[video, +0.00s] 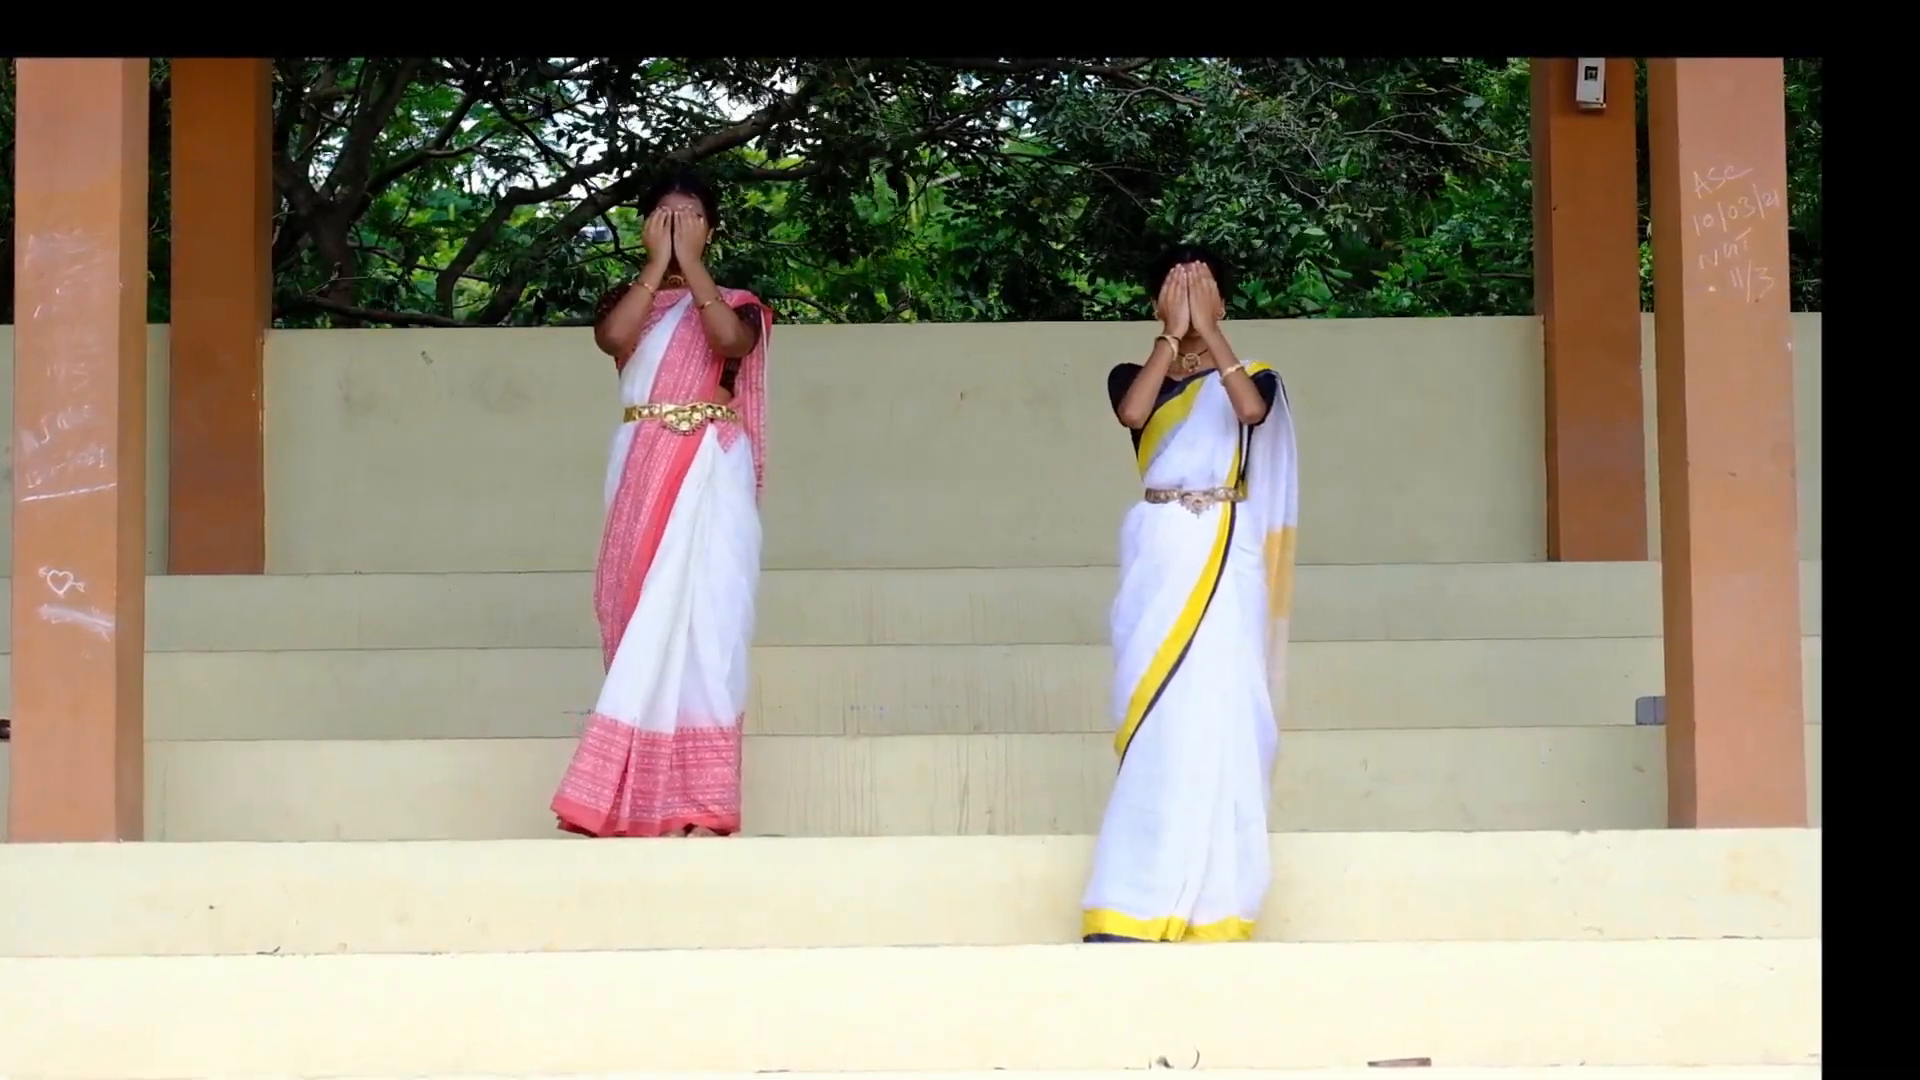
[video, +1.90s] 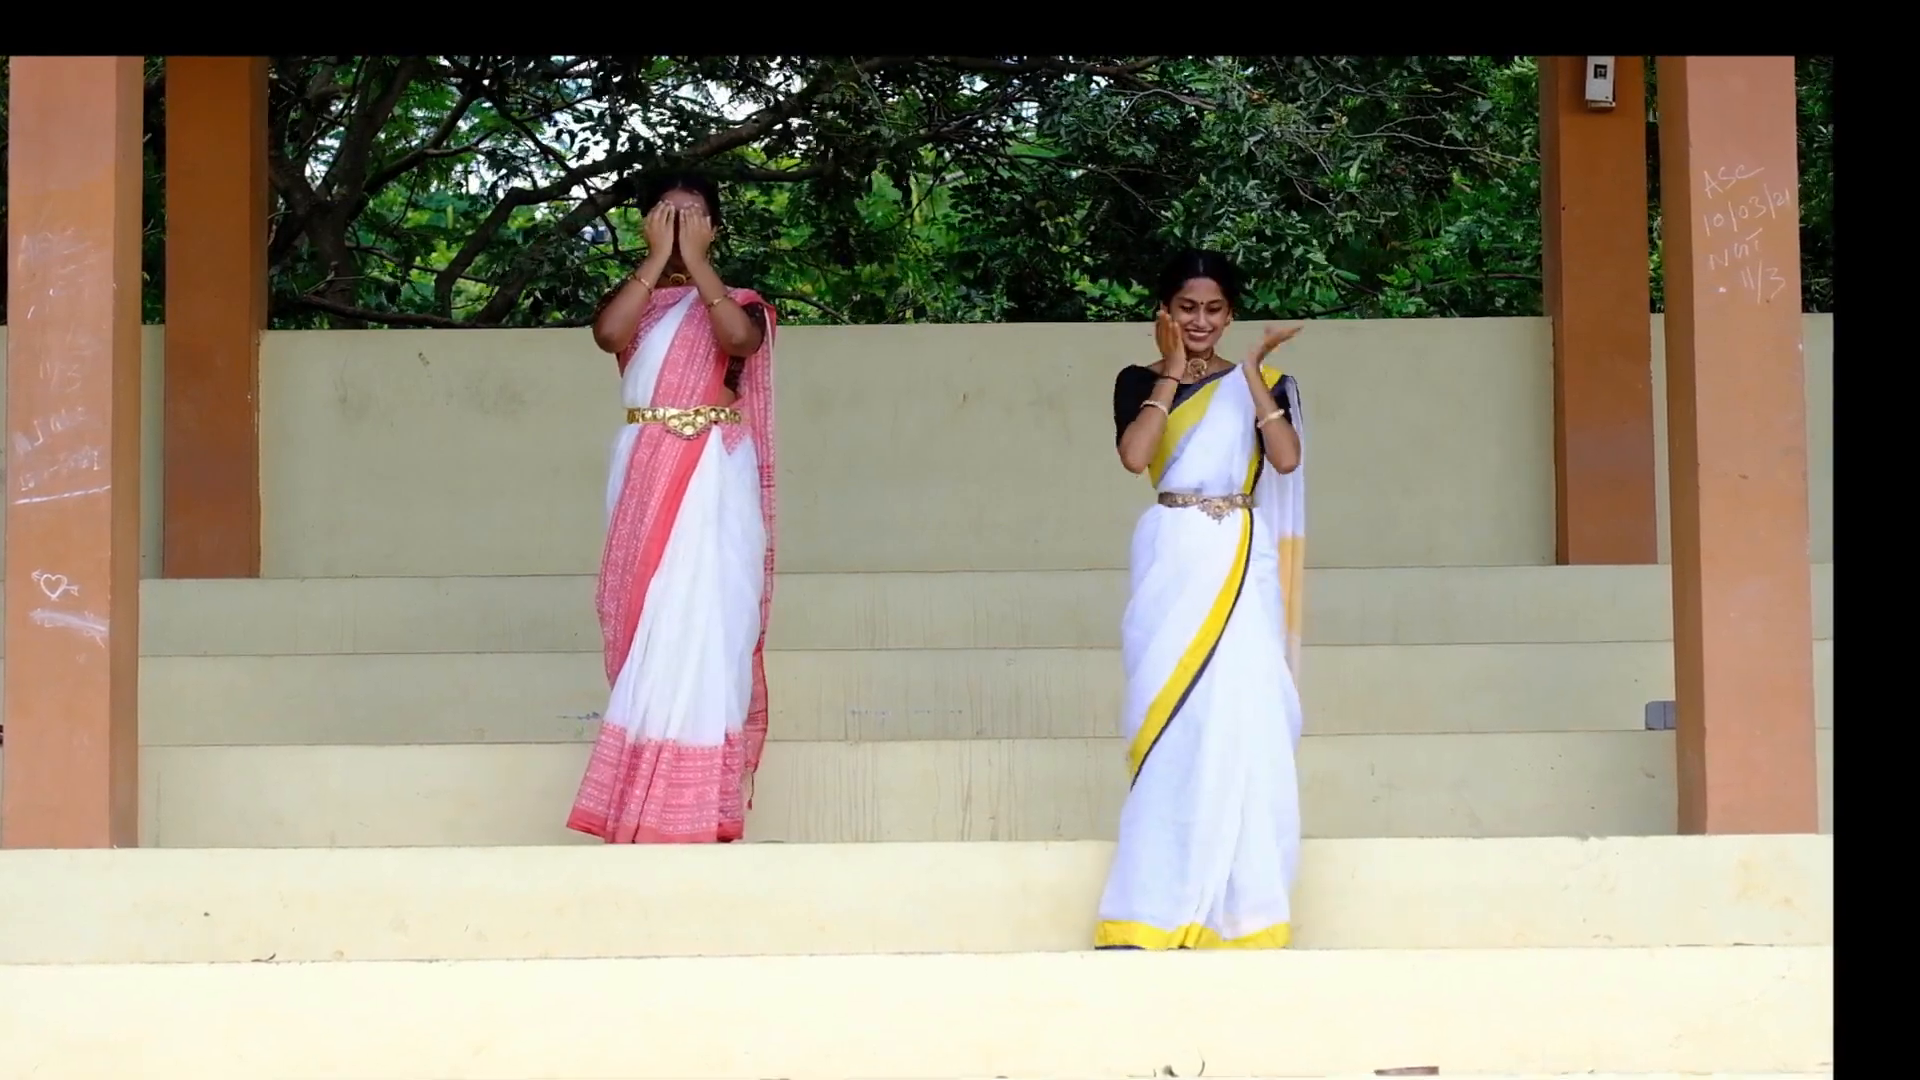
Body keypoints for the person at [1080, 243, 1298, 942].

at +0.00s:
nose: (1188, 318)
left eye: (1201, 306)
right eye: (1177, 306)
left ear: (1223, 310)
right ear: (1159, 312)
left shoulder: (1254, 378)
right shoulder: (1138, 379)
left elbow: (1248, 408)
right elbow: (1131, 409)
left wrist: (1211, 328)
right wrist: (1170, 335)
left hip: (1223, 564)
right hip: (1154, 561)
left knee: (1214, 718)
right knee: (1151, 717)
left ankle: (1211, 900)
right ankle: (1140, 899)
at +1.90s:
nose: (1202, 320)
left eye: (1215, 309)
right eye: (1189, 308)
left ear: (1230, 315)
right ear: (1165, 313)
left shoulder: (1262, 382)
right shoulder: (1141, 382)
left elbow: (1286, 458)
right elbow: (1136, 457)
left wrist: (1253, 366)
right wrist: (1173, 373)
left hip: (1240, 558)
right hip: (1172, 555)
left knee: (1239, 720)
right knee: (1169, 718)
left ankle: (1238, 905)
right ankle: (1163, 906)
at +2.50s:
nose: (1247, 319)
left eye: (1255, 308)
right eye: (1236, 305)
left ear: (1258, 318)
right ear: (1198, 309)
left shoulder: (1277, 398)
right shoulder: (1160, 395)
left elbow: (1304, 476)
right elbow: (1077, 480)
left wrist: (1230, 445)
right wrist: (989, 537)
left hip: (1273, 556)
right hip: (1205, 556)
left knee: (1391, 633)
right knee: (1264, 699)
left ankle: (1501, 744)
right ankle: (1233, 885)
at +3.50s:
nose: (1195, 318)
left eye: (1207, 304)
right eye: (1188, 306)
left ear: (1246, 307)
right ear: (1189, 314)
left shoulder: (1306, 389)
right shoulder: (1183, 409)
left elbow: (1385, 466)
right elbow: (1148, 516)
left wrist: (1383, 505)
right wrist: (1115, 545)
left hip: (1271, 570)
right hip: (1193, 569)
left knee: (1224, 710)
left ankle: (1222, 902)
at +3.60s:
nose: (1188, 325)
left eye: (1200, 311)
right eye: (1181, 313)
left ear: (1240, 313)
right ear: (1183, 320)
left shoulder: (1303, 392)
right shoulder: (1182, 417)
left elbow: (1391, 464)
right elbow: (1132, 525)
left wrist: (1330, 491)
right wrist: (1069, 555)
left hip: (1276, 577)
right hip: (1199, 577)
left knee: (1238, 726)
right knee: (1064, 616)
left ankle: (1228, 907)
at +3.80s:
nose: (1169, 340)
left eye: (1180, 326)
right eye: (1166, 328)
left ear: (1222, 327)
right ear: (1181, 334)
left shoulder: (1291, 396)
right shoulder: (1176, 433)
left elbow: (1391, 453)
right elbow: (1101, 529)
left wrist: (1310, 477)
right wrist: (1006, 558)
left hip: (1285, 591)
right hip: (1211, 592)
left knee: (1260, 738)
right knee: (1201, 734)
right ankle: (1210, 904)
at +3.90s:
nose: (1162, 350)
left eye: (1172, 336)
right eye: (1159, 338)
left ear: (1214, 336)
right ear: (1177, 342)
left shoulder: (1287, 400)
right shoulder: (1174, 440)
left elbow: (1389, 450)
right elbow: (1088, 530)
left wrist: (1305, 478)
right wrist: (988, 556)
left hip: (1286, 585)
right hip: (1214, 588)